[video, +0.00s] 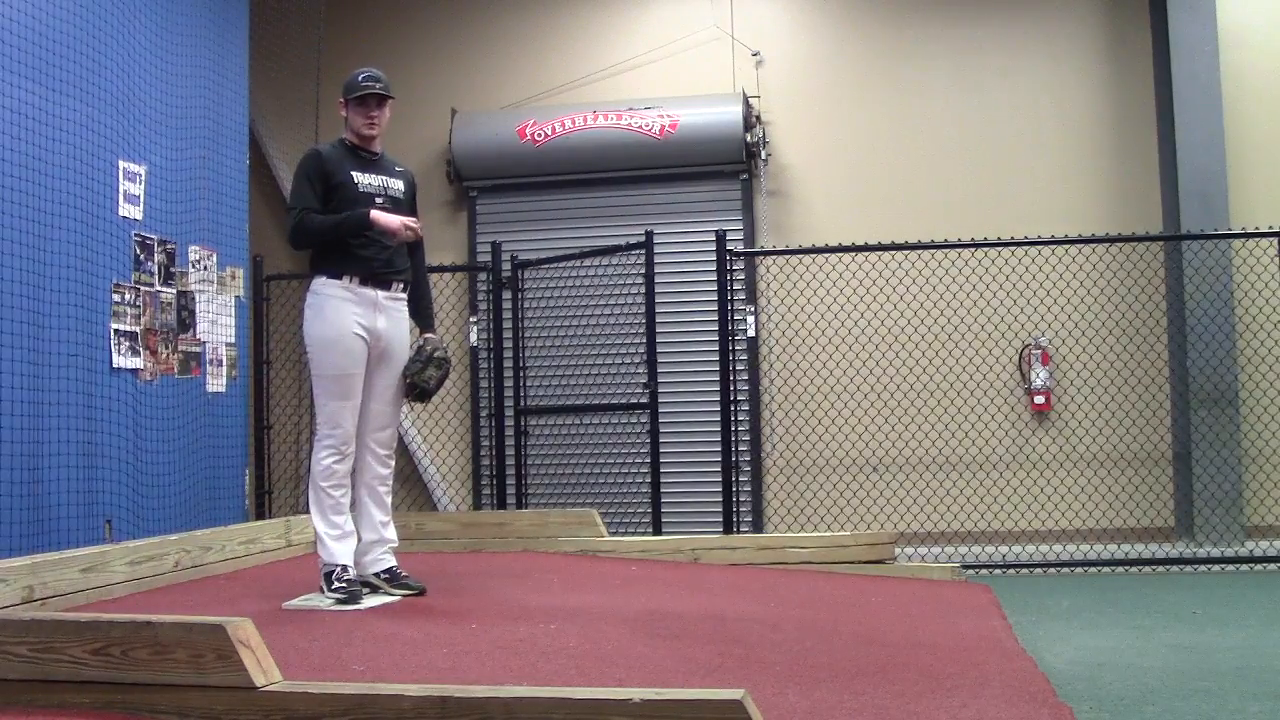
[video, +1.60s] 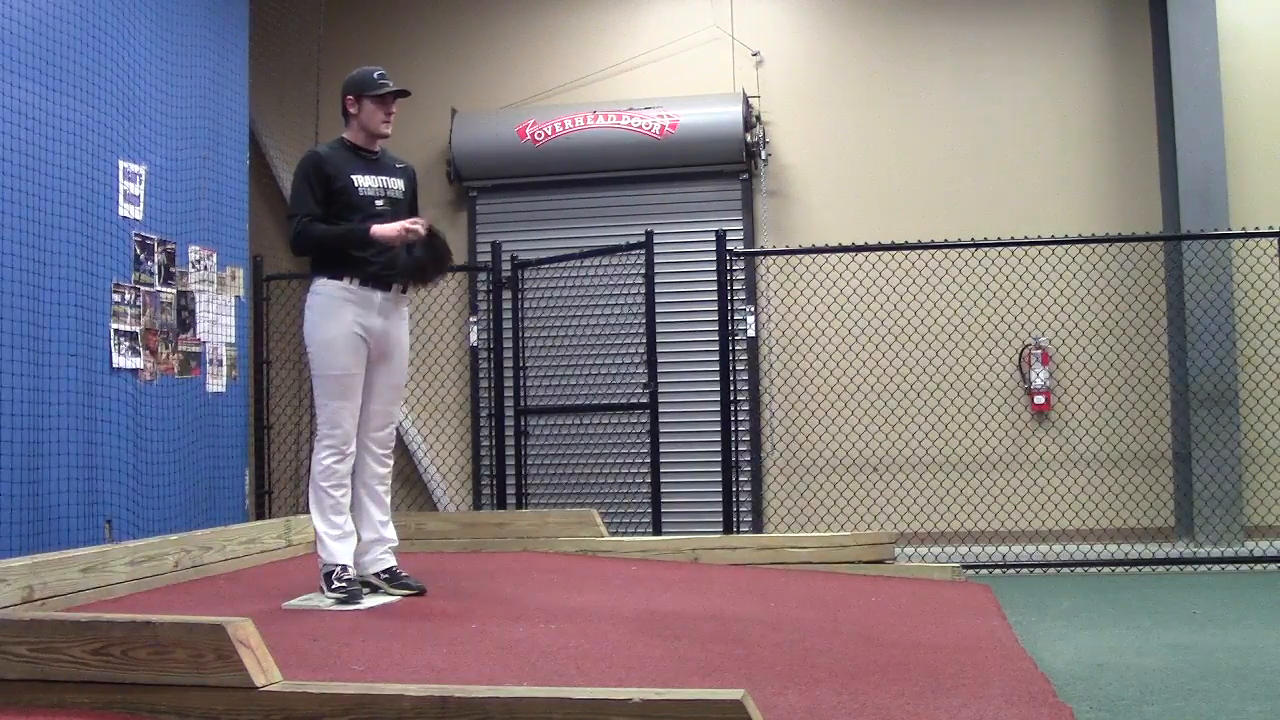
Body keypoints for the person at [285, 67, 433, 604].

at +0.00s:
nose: (372, 112)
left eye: (379, 104)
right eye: (363, 104)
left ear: (390, 110)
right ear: (344, 110)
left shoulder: (402, 176)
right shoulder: (320, 161)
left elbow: (415, 256)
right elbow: (299, 229)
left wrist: (425, 328)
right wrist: (372, 217)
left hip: (395, 308)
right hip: (338, 302)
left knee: (380, 440)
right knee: (337, 437)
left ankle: (376, 561)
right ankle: (336, 564)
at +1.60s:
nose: (391, 111)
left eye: (393, 103)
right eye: (381, 102)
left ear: (392, 110)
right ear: (352, 106)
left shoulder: (403, 172)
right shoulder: (319, 162)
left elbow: (415, 244)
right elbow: (301, 235)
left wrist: (421, 246)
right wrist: (376, 231)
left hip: (392, 308)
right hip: (337, 304)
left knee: (379, 439)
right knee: (338, 437)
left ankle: (376, 561)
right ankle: (336, 565)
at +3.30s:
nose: (395, 125)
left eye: (402, 116)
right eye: (385, 116)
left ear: (411, 121)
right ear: (365, 120)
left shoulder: (422, 166)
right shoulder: (341, 174)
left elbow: (421, 232)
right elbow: (308, 241)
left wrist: (345, 218)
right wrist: (297, 212)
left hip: (417, 311)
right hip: (360, 317)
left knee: (385, 410)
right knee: (361, 435)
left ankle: (415, 544)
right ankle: (379, 568)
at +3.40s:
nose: (391, 125)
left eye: (398, 117)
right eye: (381, 117)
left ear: (408, 121)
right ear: (362, 120)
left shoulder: (417, 163)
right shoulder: (340, 173)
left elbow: (413, 223)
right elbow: (296, 232)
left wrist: (338, 199)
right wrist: (303, 196)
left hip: (420, 298)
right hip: (365, 308)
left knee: (361, 362)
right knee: (368, 427)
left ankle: (379, 515)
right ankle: (381, 566)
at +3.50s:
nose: (385, 126)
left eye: (392, 117)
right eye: (375, 118)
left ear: (403, 120)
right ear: (357, 121)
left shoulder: (415, 159)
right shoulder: (341, 171)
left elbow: (408, 213)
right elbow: (287, 222)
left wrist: (335, 181)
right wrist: (298, 180)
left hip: (427, 294)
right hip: (369, 305)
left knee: (351, 297)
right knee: (369, 440)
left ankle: (351, 442)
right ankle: (380, 566)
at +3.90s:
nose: (395, 134)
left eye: (399, 125)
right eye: (384, 126)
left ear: (405, 128)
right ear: (357, 131)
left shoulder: (413, 168)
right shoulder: (338, 183)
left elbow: (427, 222)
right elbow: (281, 241)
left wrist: (352, 197)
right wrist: (309, 203)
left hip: (444, 305)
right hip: (387, 319)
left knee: (382, 364)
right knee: (364, 439)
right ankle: (375, 567)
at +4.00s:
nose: (395, 159)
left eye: (399, 150)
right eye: (384, 151)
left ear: (404, 153)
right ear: (357, 156)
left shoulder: (412, 195)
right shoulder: (340, 210)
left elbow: (437, 243)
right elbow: (293, 282)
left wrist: (364, 236)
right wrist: (317, 245)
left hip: (454, 331)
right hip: (397, 344)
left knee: (402, 401)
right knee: (363, 444)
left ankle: (403, 544)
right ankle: (376, 566)